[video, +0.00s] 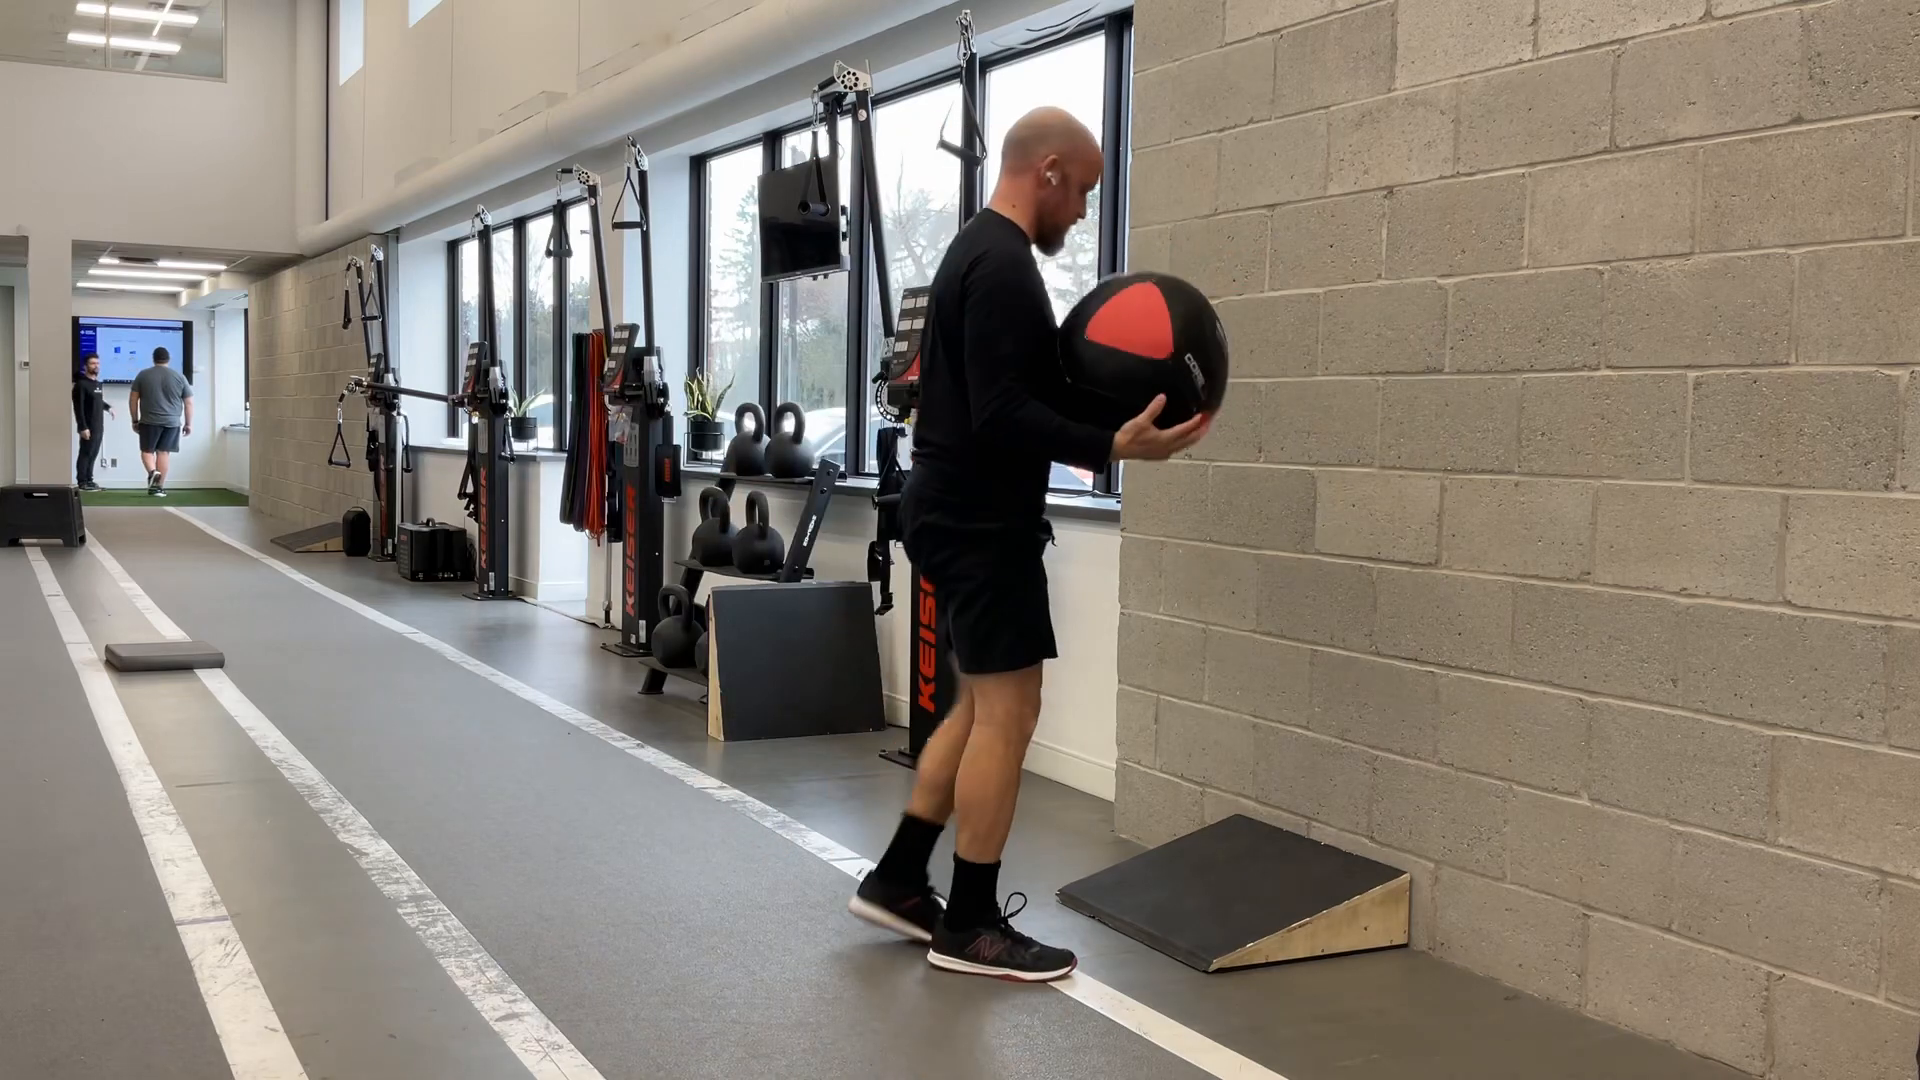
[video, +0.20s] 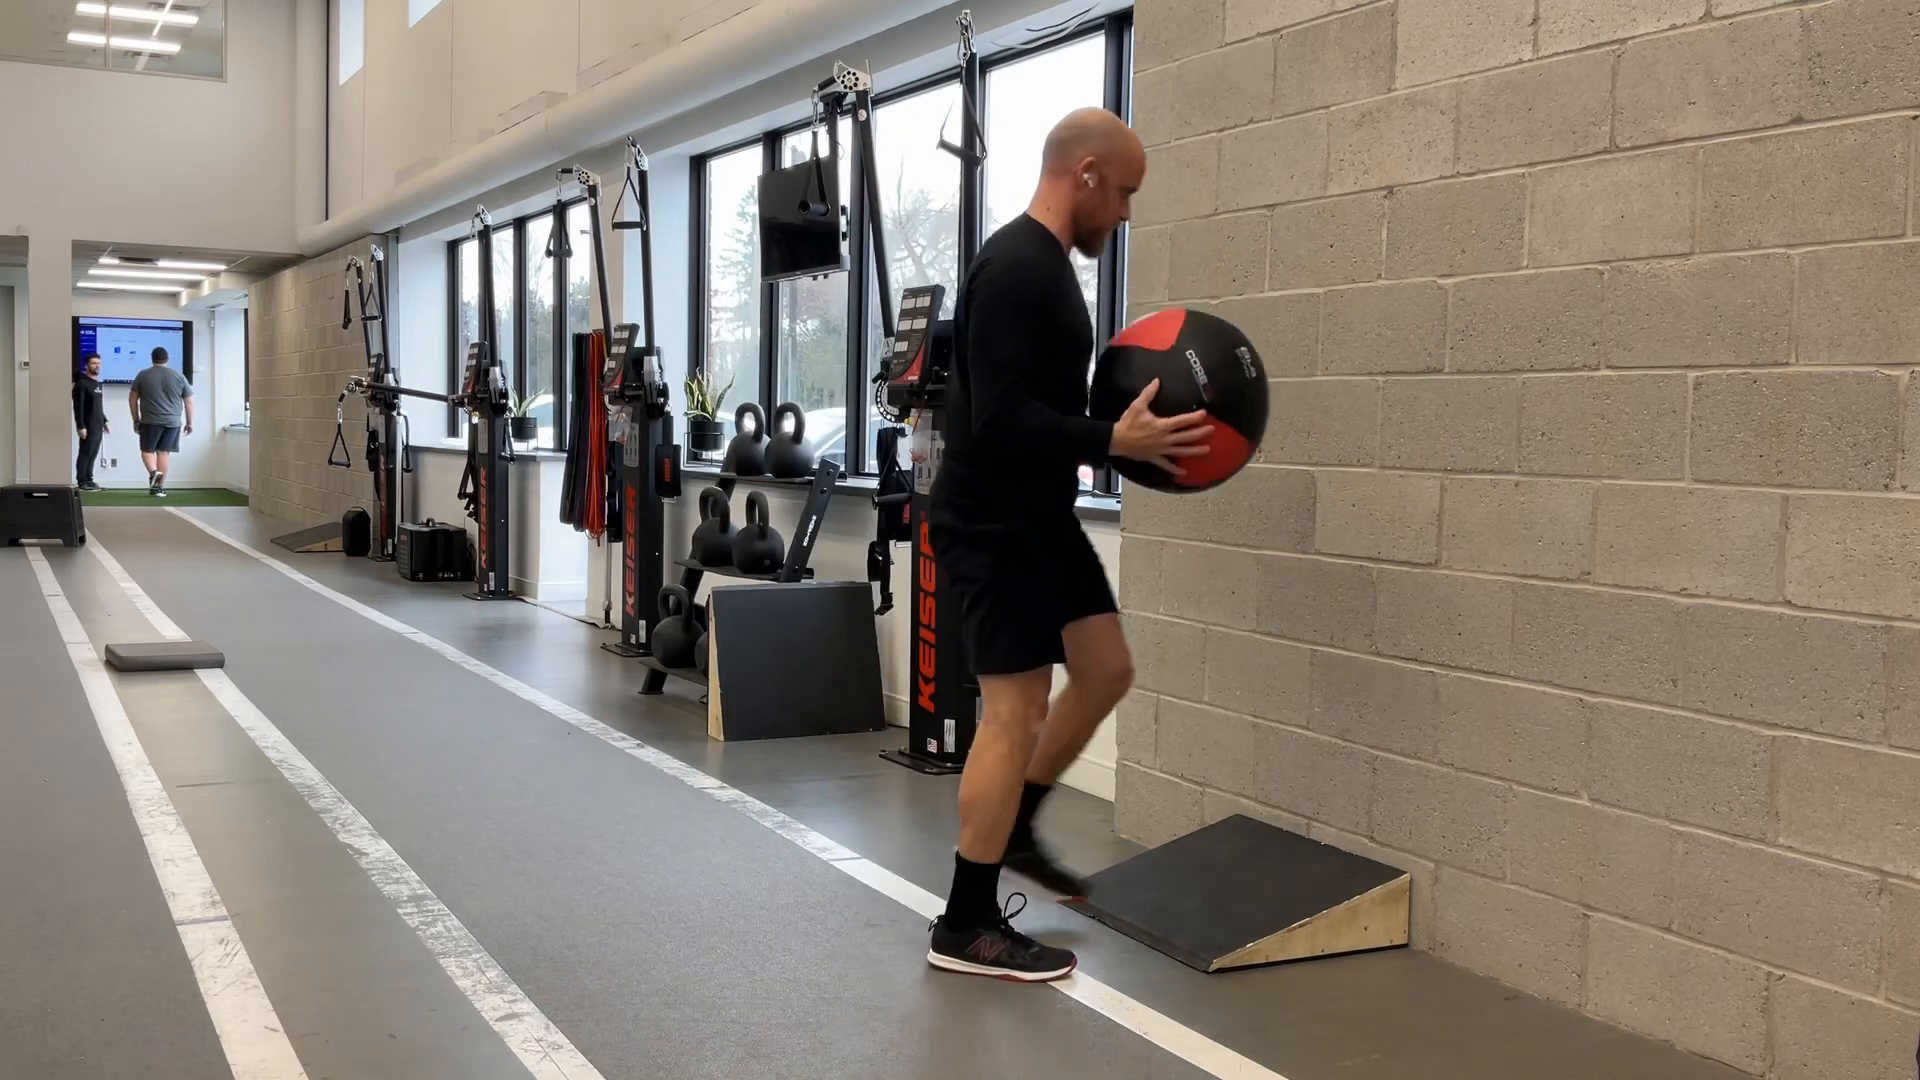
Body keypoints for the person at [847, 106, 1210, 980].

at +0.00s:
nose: (1081, 211)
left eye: (1087, 195)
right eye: (1081, 192)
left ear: (1028, 171)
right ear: (1044, 176)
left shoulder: (981, 252)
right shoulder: (999, 263)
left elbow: (1030, 388)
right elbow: (1007, 411)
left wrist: (1126, 408)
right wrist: (1112, 446)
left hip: (958, 514)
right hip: (983, 521)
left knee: (979, 705)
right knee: (1007, 713)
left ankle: (897, 878)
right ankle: (970, 925)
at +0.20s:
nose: (1125, 214)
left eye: (1130, 197)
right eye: (1124, 195)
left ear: (1074, 178)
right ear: (1083, 179)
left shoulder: (1044, 265)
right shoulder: (1019, 267)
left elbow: (1045, 404)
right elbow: (1005, 420)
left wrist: (1131, 405)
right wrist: (1111, 438)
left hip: (1039, 517)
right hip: (994, 524)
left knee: (1105, 673)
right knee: (1013, 716)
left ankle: (1011, 825)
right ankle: (966, 921)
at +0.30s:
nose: (1151, 216)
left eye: (1155, 199)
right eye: (1149, 197)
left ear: (1102, 181)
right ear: (1106, 182)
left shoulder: (1077, 271)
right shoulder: (1037, 272)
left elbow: (1068, 408)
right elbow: (1031, 423)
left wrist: (1142, 396)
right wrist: (1137, 420)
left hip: (1067, 516)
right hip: (1009, 526)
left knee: (1136, 667)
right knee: (1025, 714)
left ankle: (1100, 831)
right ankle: (969, 920)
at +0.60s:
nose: (1234, 247)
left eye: (1242, 231)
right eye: (1228, 229)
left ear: (1195, 214)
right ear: (1179, 208)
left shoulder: (1181, 291)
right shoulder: (1108, 286)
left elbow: (1173, 407)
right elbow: (1132, 410)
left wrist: (1256, 443)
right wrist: (1212, 392)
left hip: (1139, 500)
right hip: (1065, 502)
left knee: (1179, 663)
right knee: (1131, 671)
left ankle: (1152, 842)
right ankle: (1042, 866)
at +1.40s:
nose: (1262, 370)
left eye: (1275, 359)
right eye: (1258, 353)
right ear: (1222, 310)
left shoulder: (1221, 350)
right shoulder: (1156, 342)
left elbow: (1232, 466)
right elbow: (1169, 477)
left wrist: (1291, 489)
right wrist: (1233, 435)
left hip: (1136, 519)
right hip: (1062, 521)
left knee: (1195, 681)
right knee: (1141, 691)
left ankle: (1151, 841)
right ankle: (1100, 874)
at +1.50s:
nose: (1256, 380)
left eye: (1266, 368)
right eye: (1253, 365)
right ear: (1213, 334)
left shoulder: (1205, 363)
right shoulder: (1155, 365)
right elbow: (1193, 502)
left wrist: (1230, 439)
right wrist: (1235, 444)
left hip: (1114, 538)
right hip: (1035, 538)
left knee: (1200, 691)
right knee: (1097, 702)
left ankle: (1152, 842)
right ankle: (1039, 873)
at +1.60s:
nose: (1220, 372)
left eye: (1225, 359)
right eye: (1216, 358)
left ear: (1178, 332)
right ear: (1172, 330)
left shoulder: (1155, 368)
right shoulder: (1123, 378)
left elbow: (1179, 469)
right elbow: (1187, 501)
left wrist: (1232, 450)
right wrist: (1245, 457)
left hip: (1082, 554)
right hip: (996, 556)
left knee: (1189, 698)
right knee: (988, 715)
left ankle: (1148, 844)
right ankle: (896, 893)